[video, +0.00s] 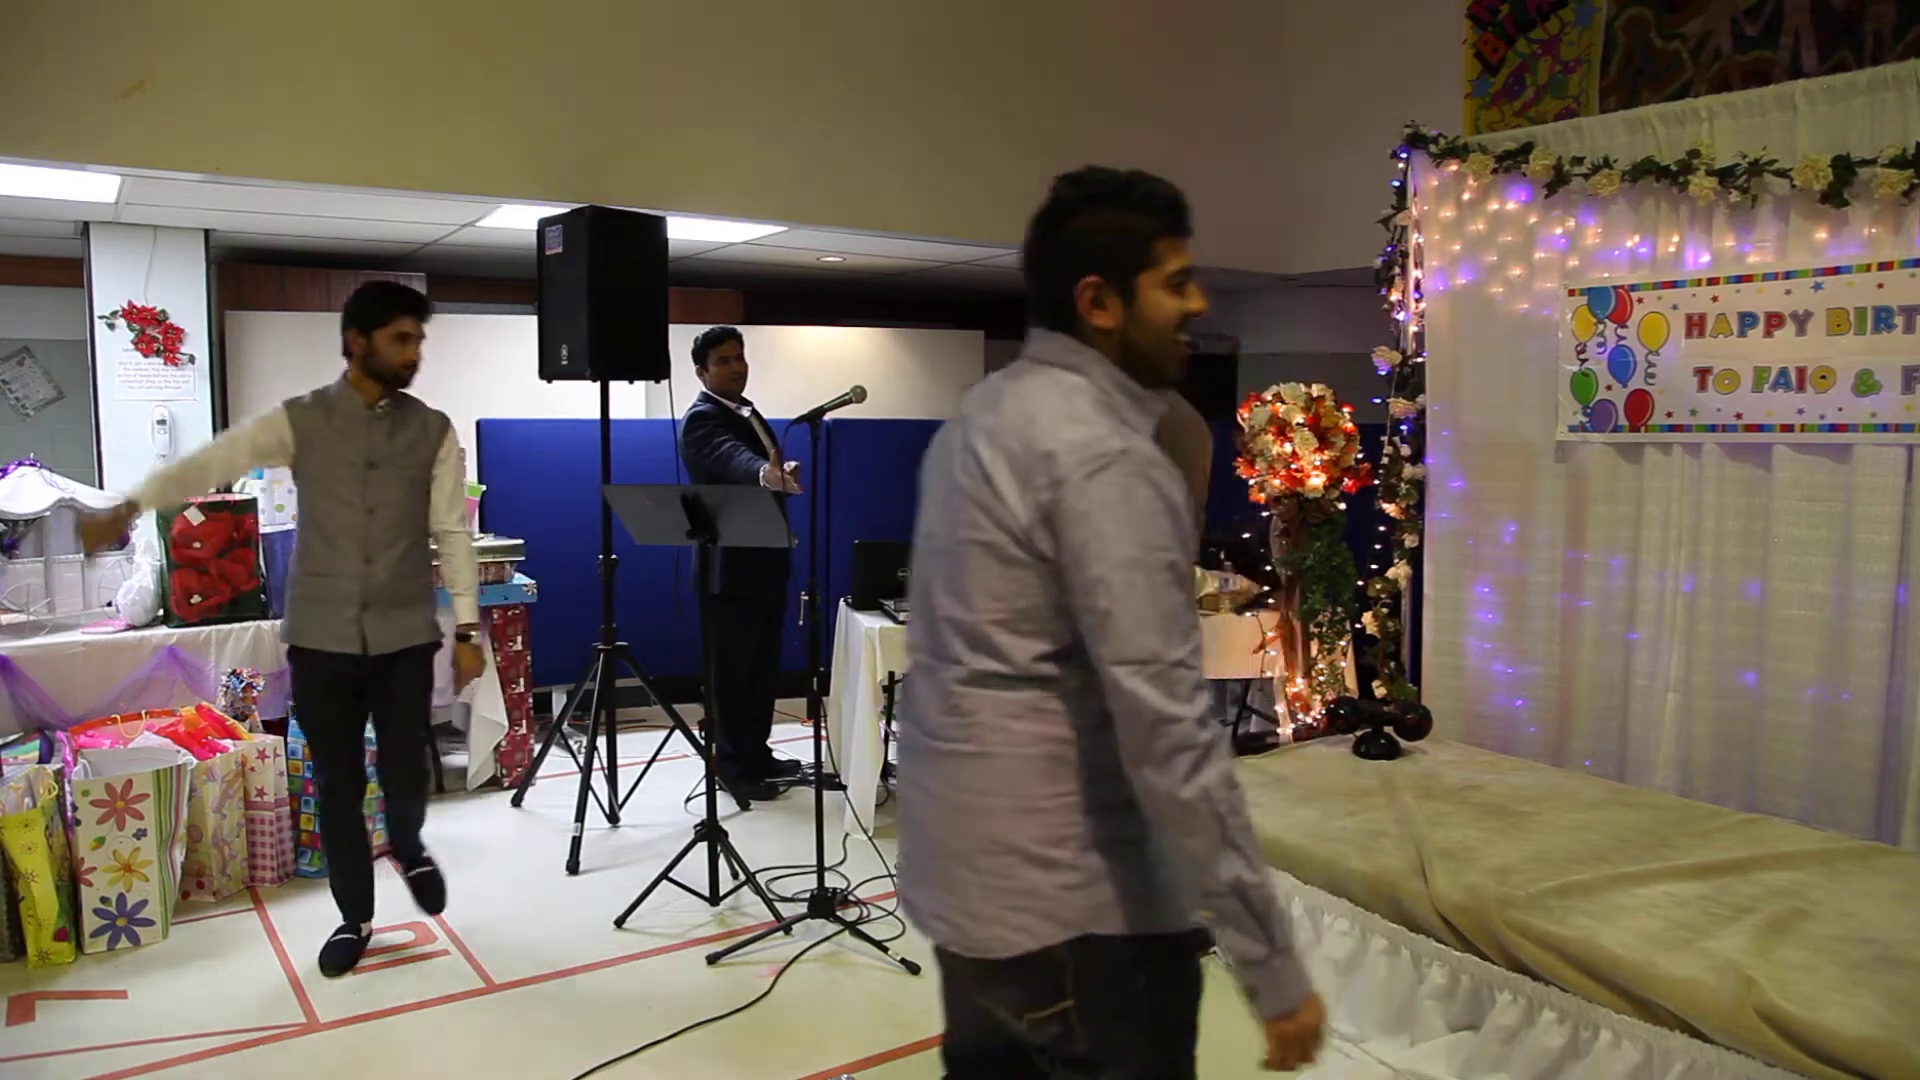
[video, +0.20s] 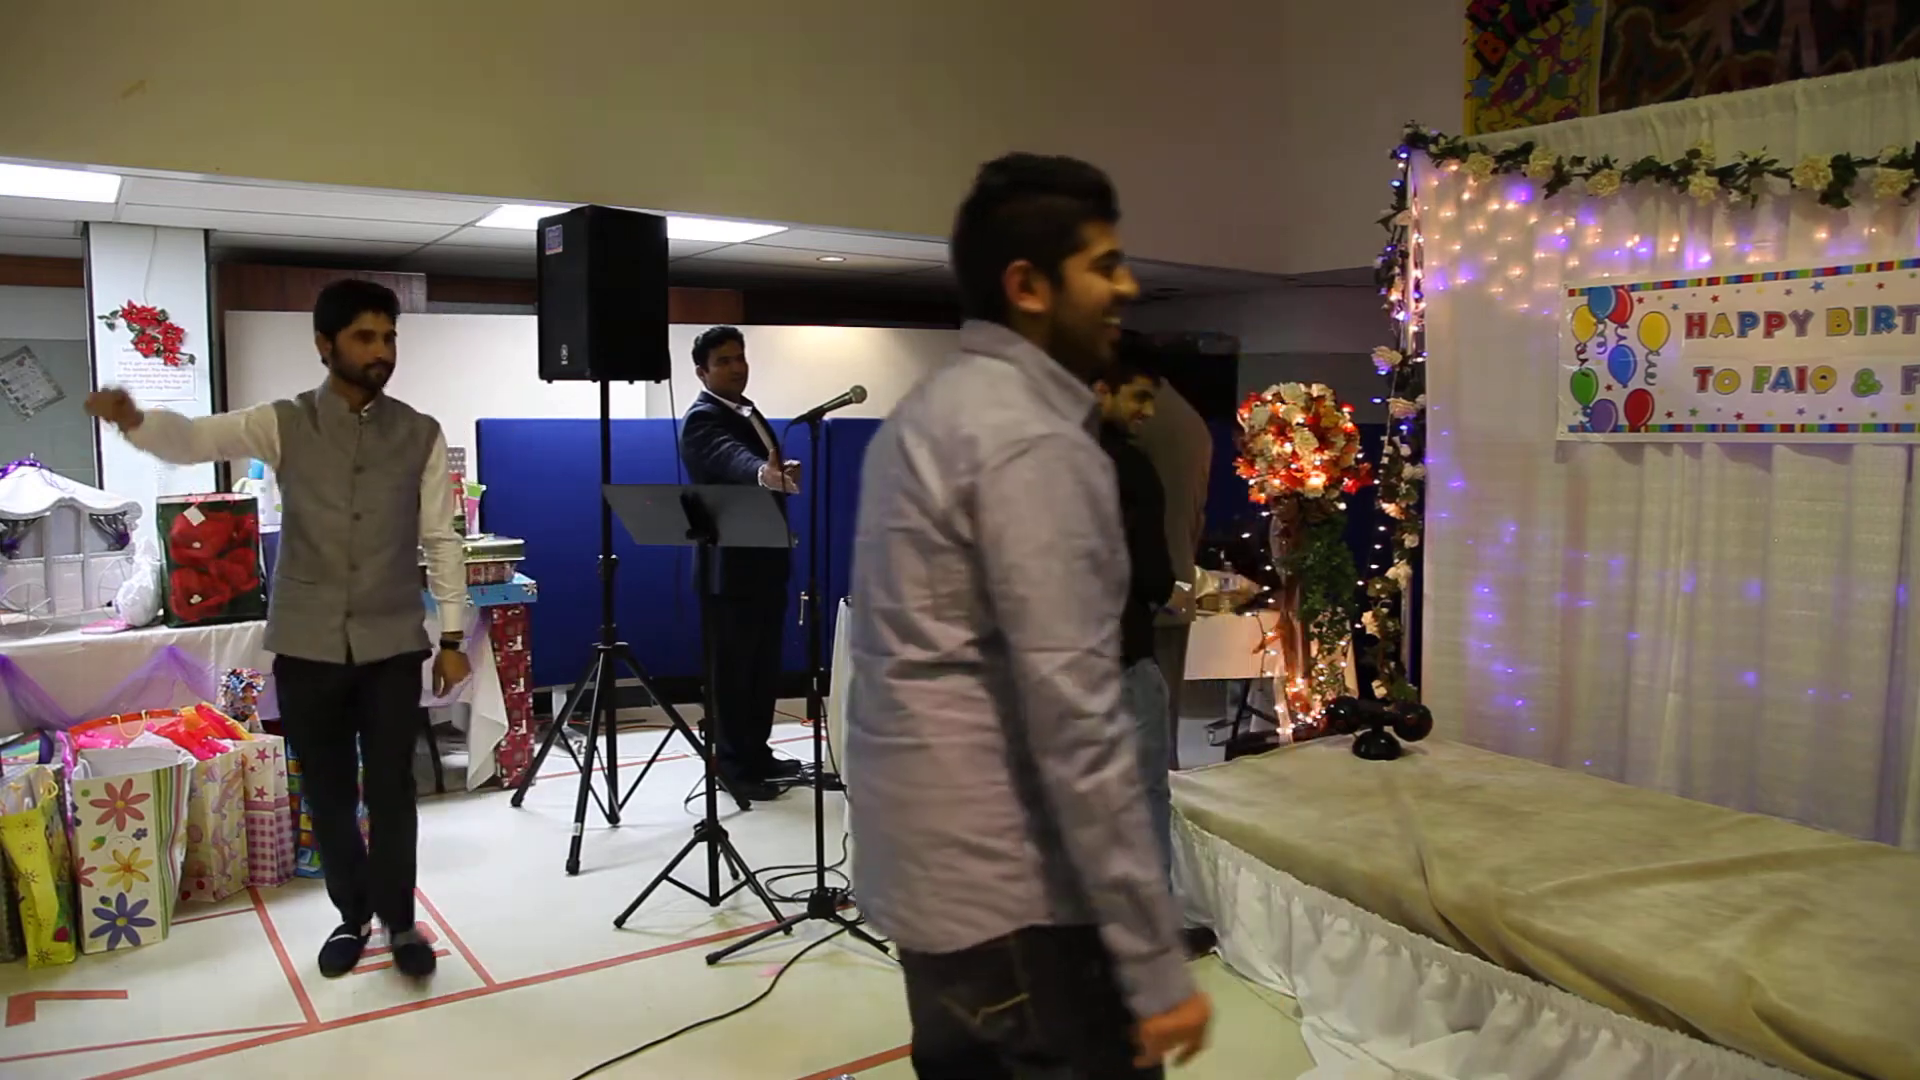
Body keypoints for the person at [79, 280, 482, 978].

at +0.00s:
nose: (415, 353)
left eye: (419, 340)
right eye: (401, 340)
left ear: (419, 342)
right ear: (357, 342)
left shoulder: (433, 432)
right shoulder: (303, 420)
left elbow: (454, 533)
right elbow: (214, 460)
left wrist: (468, 628)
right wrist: (129, 506)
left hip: (405, 632)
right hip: (322, 633)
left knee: (406, 766)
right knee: (337, 783)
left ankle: (408, 845)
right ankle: (353, 916)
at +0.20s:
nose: (381, 350)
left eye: (389, 338)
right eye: (365, 337)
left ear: (396, 344)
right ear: (326, 342)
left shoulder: (421, 435)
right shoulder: (287, 423)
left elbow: (442, 540)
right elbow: (196, 438)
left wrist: (453, 636)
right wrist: (131, 420)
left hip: (392, 643)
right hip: (307, 644)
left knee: (392, 791)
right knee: (327, 796)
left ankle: (401, 925)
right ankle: (353, 917)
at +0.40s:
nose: (373, 340)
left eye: (381, 328)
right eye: (355, 327)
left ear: (389, 338)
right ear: (317, 337)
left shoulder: (418, 427)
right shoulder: (282, 418)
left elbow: (446, 535)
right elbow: (200, 409)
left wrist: (461, 629)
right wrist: (161, 359)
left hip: (398, 648)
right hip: (309, 650)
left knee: (395, 810)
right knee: (328, 804)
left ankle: (399, 979)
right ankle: (354, 914)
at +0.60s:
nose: (379, 338)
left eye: (385, 325)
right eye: (361, 325)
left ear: (396, 336)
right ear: (319, 340)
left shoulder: (430, 432)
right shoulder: (292, 423)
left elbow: (460, 541)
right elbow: (224, 395)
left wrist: (478, 640)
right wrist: (197, 316)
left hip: (413, 658)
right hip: (323, 661)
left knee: (407, 829)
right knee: (335, 828)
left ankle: (398, 987)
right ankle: (337, 908)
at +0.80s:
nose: (384, 330)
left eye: (392, 316)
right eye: (365, 317)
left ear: (403, 327)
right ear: (325, 331)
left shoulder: (439, 422)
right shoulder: (300, 413)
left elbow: (469, 531)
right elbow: (239, 377)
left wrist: (491, 632)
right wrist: (221, 297)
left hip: (423, 657)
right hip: (332, 659)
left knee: (415, 833)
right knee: (347, 832)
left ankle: (397, 989)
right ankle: (338, 991)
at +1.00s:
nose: (387, 336)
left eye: (395, 323)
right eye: (369, 323)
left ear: (406, 336)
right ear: (328, 334)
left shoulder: (443, 435)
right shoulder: (299, 429)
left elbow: (476, 548)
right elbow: (239, 386)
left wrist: (499, 645)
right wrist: (229, 298)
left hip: (427, 677)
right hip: (334, 680)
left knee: (422, 851)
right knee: (353, 856)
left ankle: (394, 986)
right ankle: (347, 1043)